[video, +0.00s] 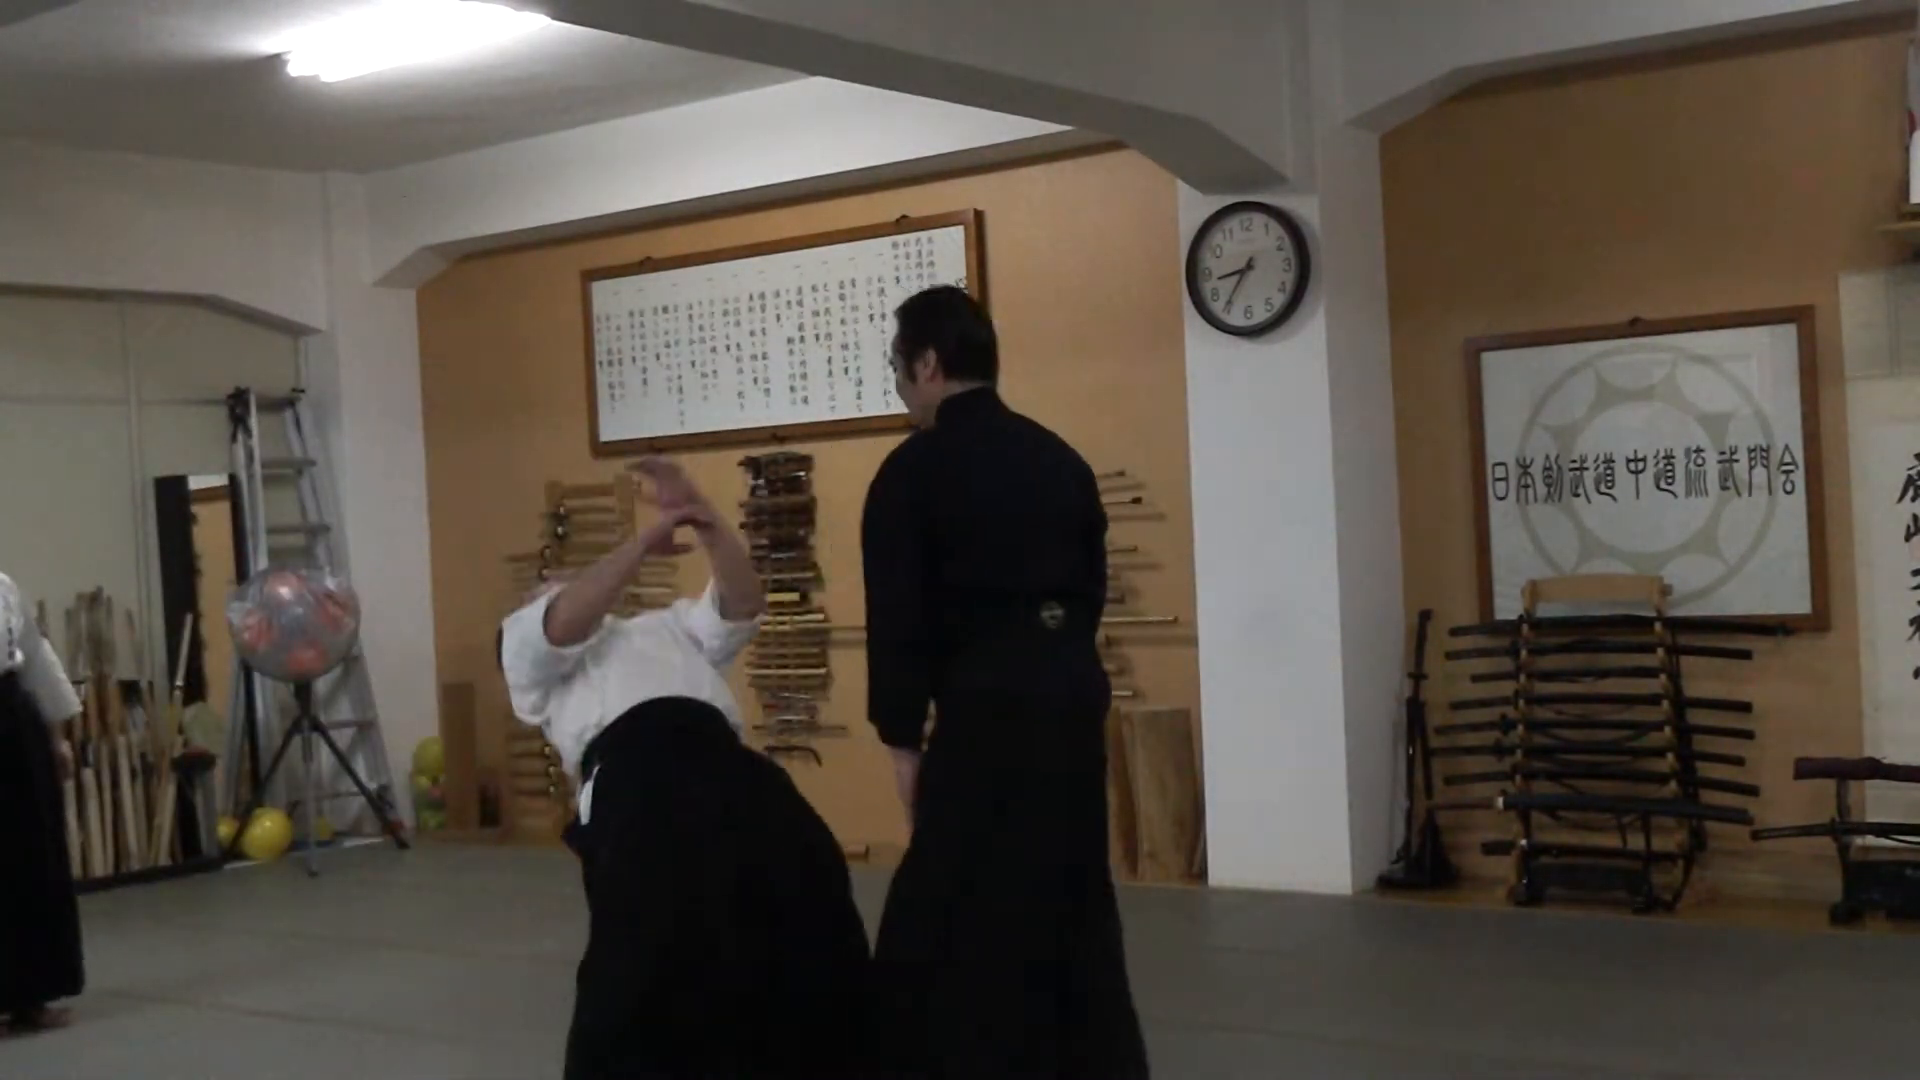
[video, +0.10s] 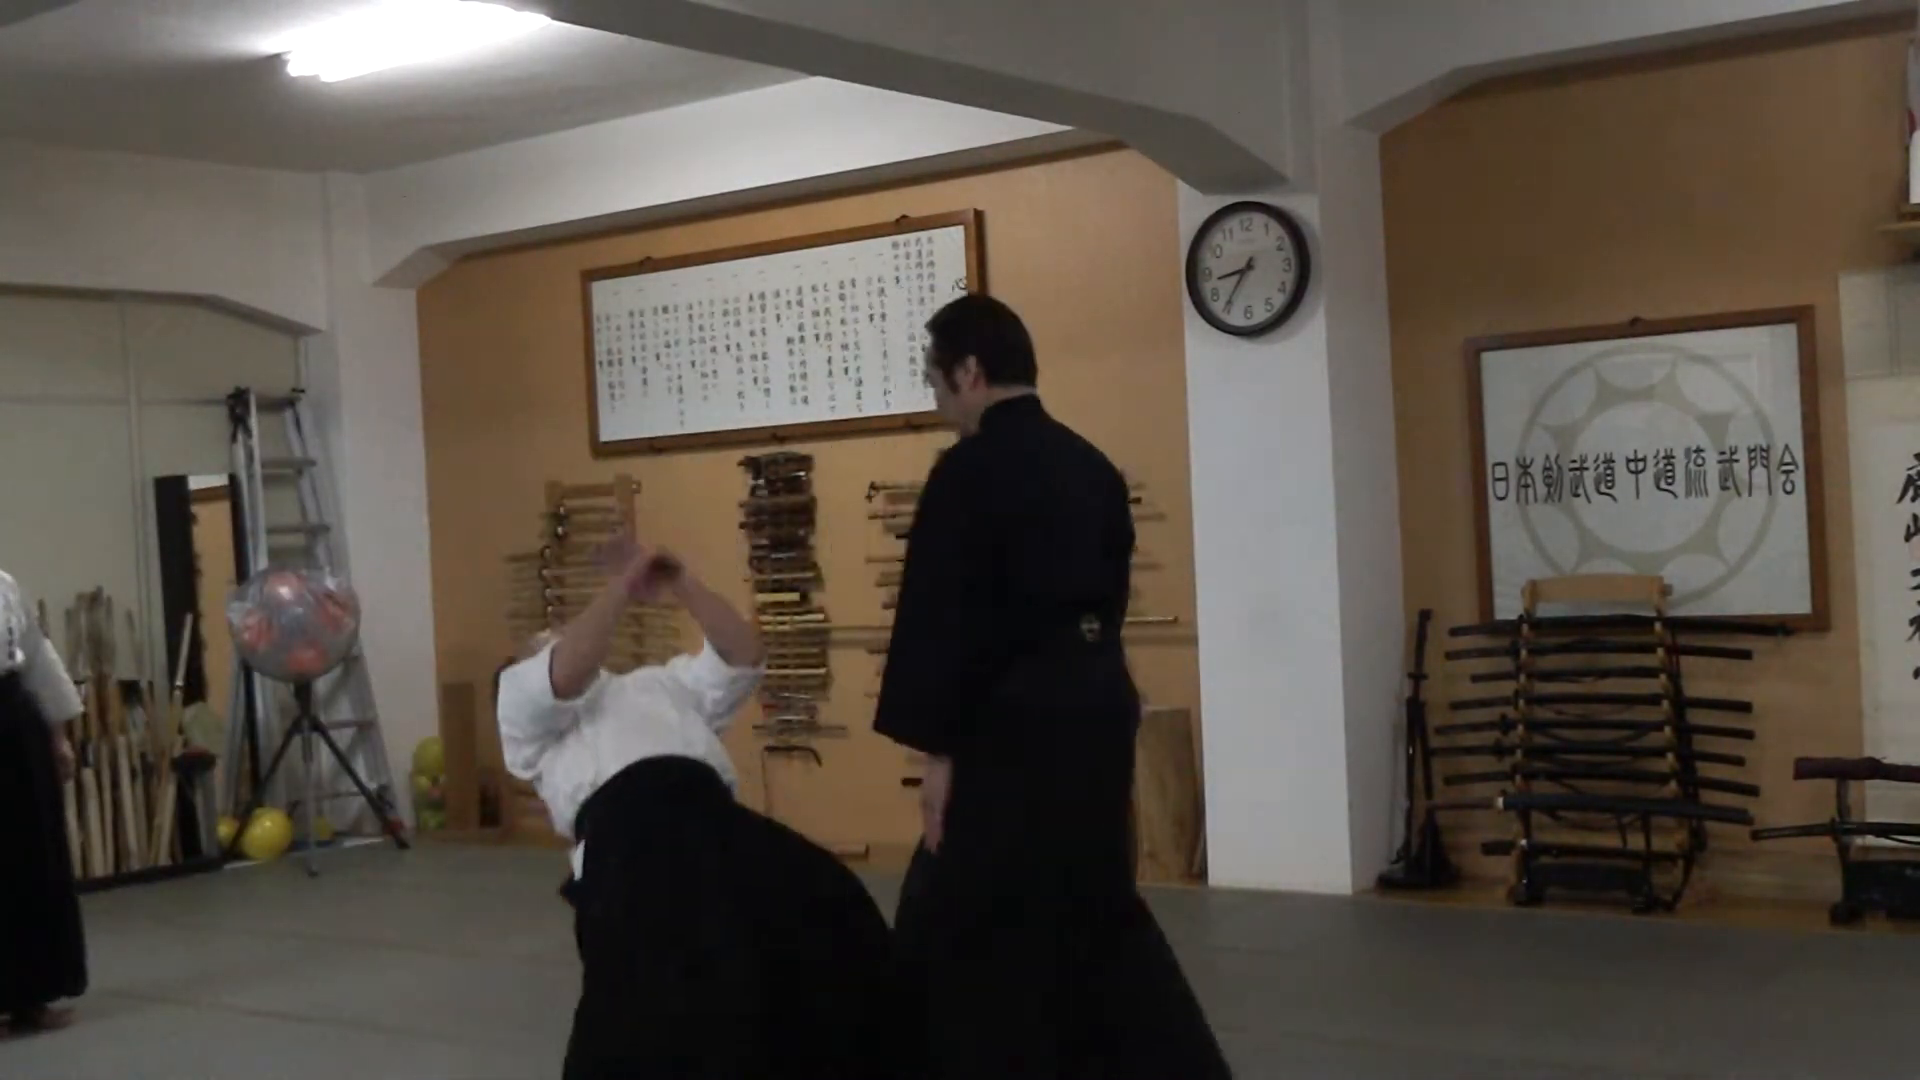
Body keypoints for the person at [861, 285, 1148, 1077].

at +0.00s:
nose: (902, 386)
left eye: (903, 369)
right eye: (901, 370)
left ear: (928, 367)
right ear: (985, 361)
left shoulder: (911, 469)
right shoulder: (1060, 457)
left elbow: (897, 619)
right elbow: (1087, 596)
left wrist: (904, 746)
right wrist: (1052, 681)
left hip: (975, 716)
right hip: (1070, 709)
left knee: (957, 903)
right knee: (1068, 899)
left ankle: (966, 1065)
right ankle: (1081, 1062)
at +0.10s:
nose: (941, 399)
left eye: (941, 381)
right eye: (937, 382)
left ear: (970, 371)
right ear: (1023, 367)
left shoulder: (966, 471)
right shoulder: (1089, 464)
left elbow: (941, 624)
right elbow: (1104, 610)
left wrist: (938, 761)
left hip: (1003, 731)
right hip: (1097, 716)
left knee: (971, 918)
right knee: (1094, 907)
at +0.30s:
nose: (1023, 409)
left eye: (1023, 385)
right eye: (1017, 389)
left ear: (1064, 368)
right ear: (1085, 369)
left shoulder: (1081, 463)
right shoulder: (1175, 458)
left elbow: (1055, 610)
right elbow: (1184, 609)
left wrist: (1048, 744)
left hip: (1116, 739)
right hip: (1199, 723)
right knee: (1192, 928)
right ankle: (1216, 1069)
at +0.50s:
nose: (1095, 396)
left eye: (1096, 374)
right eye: (1089, 378)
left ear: (1140, 356)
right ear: (1154, 357)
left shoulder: (1173, 444)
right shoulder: (1230, 436)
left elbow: (1161, 601)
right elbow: (1244, 599)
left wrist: (1143, 740)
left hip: (1210, 726)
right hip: (1267, 715)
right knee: (1258, 935)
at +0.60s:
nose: (1127, 387)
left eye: (1129, 365)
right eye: (1122, 369)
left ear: (1176, 348)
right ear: (1193, 349)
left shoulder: (1209, 441)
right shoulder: (1251, 430)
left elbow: (1178, 596)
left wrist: (1157, 739)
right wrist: (1172, 738)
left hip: (1237, 738)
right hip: (1283, 726)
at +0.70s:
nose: (1154, 385)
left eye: (1157, 363)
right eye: (1149, 367)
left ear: (1208, 348)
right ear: (1221, 349)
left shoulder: (1237, 441)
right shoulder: (1283, 431)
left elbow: (1209, 597)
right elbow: (1319, 593)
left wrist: (1188, 747)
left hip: (1270, 742)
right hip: (1316, 733)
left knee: (1267, 963)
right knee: (1332, 954)